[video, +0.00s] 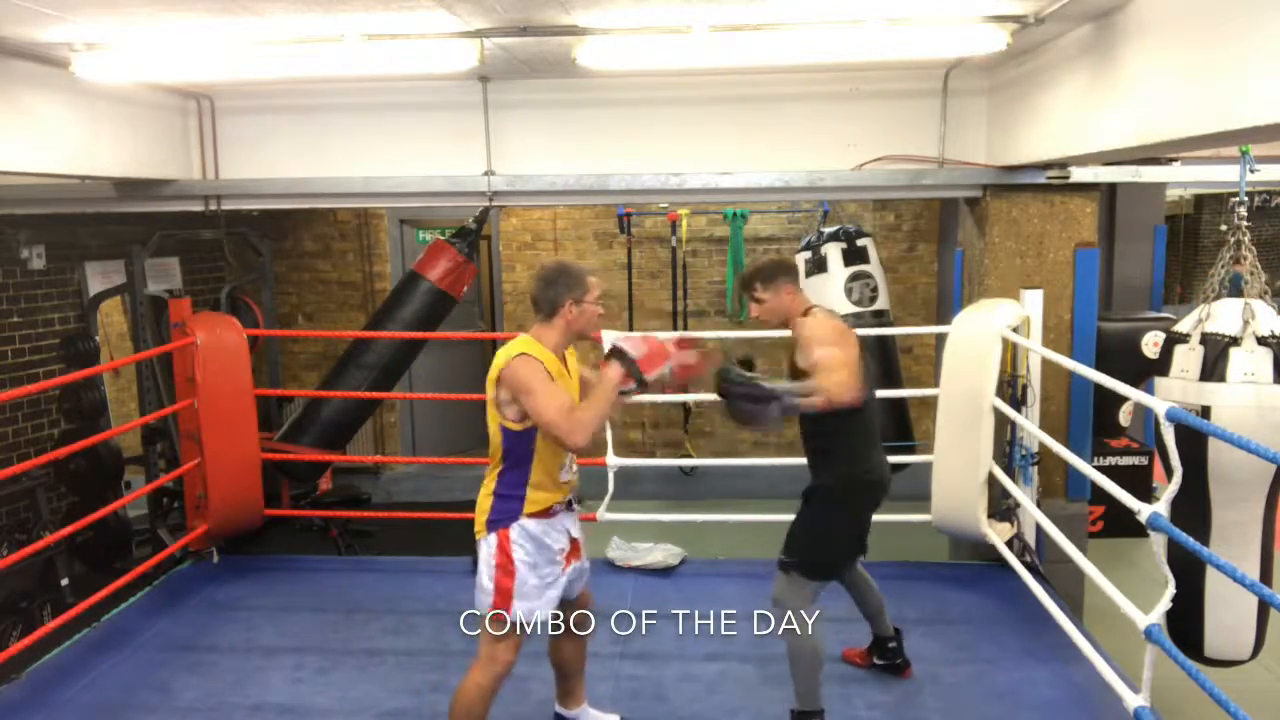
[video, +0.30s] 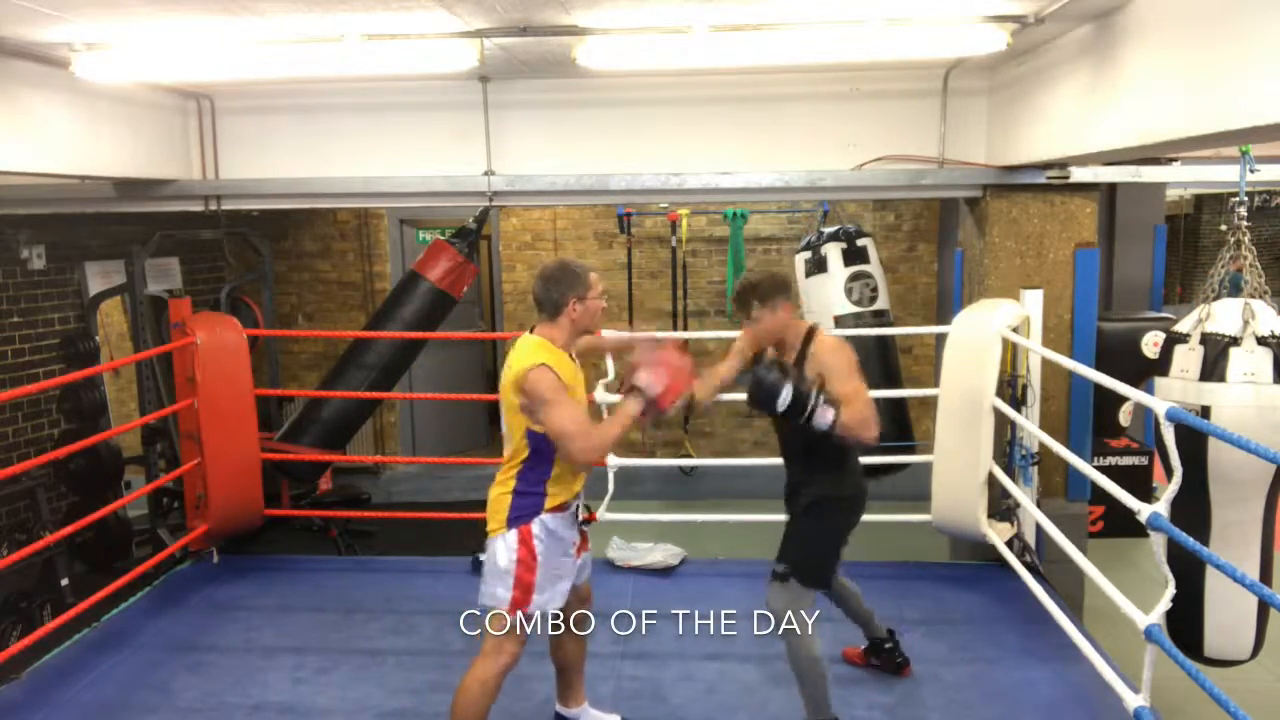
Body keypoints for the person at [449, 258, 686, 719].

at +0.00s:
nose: (602, 310)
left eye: (601, 300)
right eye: (596, 300)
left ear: (564, 308)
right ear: (568, 308)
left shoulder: (562, 356)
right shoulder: (521, 363)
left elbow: (594, 399)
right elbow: (575, 432)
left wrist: (634, 377)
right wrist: (616, 370)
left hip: (557, 515)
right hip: (514, 525)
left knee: (576, 614)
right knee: (496, 657)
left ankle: (572, 707)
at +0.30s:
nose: (604, 306)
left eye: (602, 297)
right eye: (598, 298)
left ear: (566, 306)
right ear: (572, 306)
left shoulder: (565, 345)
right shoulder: (535, 368)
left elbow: (635, 342)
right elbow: (586, 449)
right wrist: (637, 396)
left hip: (562, 511)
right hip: (525, 520)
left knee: (576, 606)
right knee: (502, 649)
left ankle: (571, 706)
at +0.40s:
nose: (596, 306)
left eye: (593, 298)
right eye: (589, 299)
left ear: (562, 308)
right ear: (563, 310)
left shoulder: (569, 340)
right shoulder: (520, 372)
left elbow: (632, 306)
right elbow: (550, 455)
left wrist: (695, 278)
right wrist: (608, 416)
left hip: (561, 507)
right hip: (521, 520)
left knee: (578, 603)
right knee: (510, 651)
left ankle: (573, 706)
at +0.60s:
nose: (581, 320)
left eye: (580, 312)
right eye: (576, 311)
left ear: (544, 313)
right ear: (552, 315)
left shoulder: (549, 356)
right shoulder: (503, 375)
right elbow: (558, 448)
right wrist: (588, 375)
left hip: (543, 519)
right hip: (503, 528)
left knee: (569, 609)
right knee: (494, 662)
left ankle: (574, 706)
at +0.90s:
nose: (557, 315)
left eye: (558, 304)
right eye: (554, 304)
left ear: (501, 304)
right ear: (533, 308)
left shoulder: (469, 351)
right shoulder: (513, 370)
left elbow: (505, 415)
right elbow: (563, 452)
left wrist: (545, 365)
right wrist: (592, 417)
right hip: (485, 533)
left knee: (520, 624)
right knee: (489, 670)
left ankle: (524, 707)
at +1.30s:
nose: (536, 320)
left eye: (536, 311)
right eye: (531, 312)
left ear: (489, 316)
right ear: (505, 318)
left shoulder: (454, 352)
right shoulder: (496, 355)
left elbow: (518, 378)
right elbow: (568, 357)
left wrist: (545, 345)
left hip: (452, 507)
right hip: (472, 516)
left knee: (472, 603)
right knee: (472, 649)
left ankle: (468, 669)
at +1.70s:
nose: (531, 315)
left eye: (533, 306)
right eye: (524, 305)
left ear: (501, 306)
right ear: (491, 305)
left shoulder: (506, 343)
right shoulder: (449, 351)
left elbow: (535, 380)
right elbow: (449, 429)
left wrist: (584, 364)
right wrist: (491, 414)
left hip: (489, 478)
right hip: (457, 485)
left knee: (478, 581)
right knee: (480, 597)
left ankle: (462, 661)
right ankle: (464, 711)